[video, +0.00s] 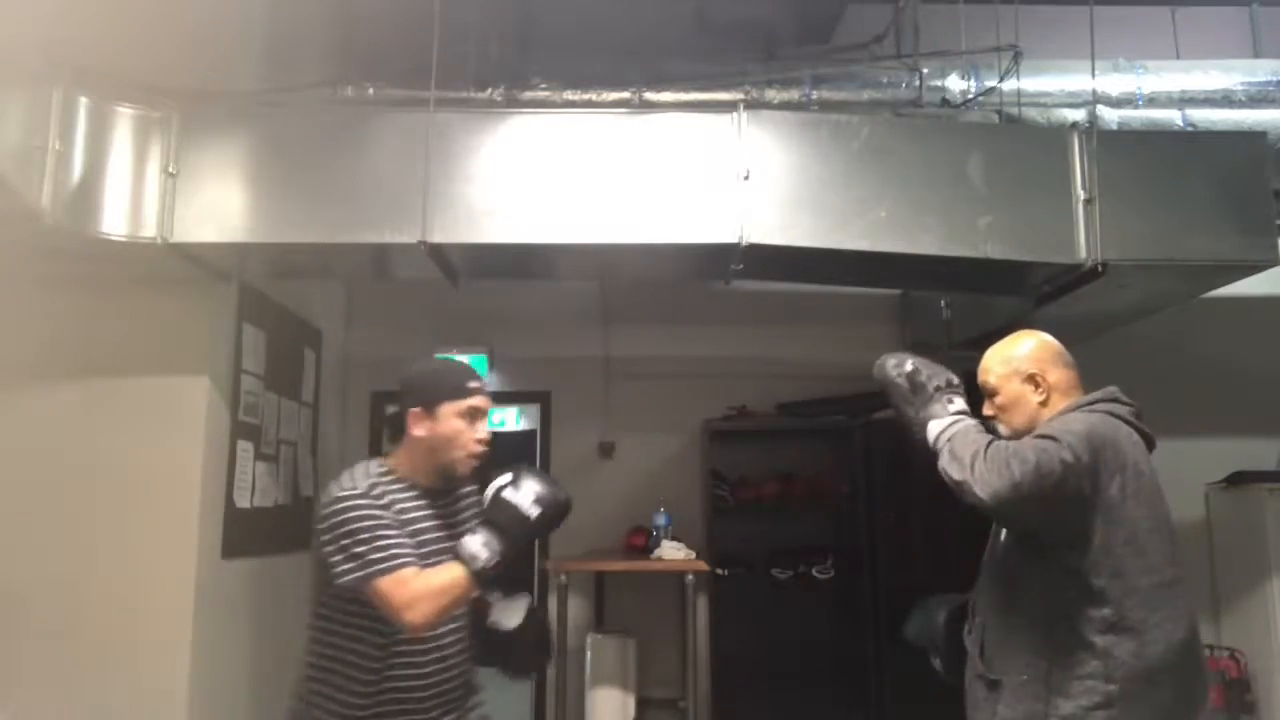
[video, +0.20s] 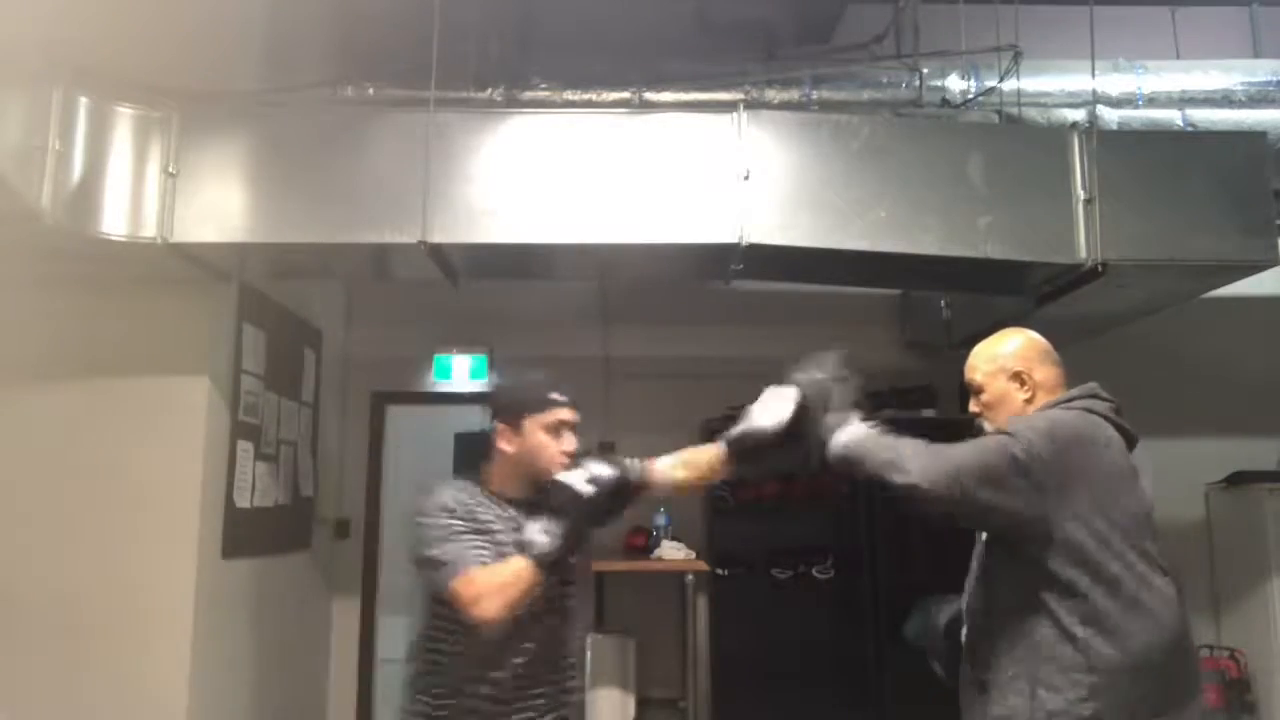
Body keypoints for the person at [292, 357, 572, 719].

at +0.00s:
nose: (486, 435)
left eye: (486, 420)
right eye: (470, 417)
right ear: (419, 422)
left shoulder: (462, 493)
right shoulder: (354, 498)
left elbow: (470, 590)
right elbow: (413, 609)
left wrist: (509, 621)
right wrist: (491, 540)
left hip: (454, 707)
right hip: (365, 711)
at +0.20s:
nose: (572, 446)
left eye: (573, 432)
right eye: (557, 431)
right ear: (506, 437)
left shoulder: (568, 497)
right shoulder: (450, 507)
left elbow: (672, 471)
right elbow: (484, 606)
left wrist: (744, 444)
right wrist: (558, 527)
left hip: (549, 705)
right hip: (460, 708)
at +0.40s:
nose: (616, 462)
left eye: (618, 446)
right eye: (603, 446)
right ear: (553, 445)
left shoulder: (592, 504)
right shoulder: (479, 519)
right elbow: (508, 644)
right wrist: (587, 570)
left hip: (605, 705)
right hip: (505, 710)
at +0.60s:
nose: (584, 460)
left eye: (588, 445)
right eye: (573, 442)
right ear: (523, 436)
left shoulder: (550, 507)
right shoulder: (447, 505)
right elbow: (494, 623)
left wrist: (640, 552)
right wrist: (574, 552)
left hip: (533, 707)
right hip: (450, 709)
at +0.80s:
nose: (550, 437)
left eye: (553, 422)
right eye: (542, 417)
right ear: (495, 406)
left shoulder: (514, 479)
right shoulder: (409, 481)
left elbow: (540, 566)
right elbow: (471, 585)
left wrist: (583, 552)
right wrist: (549, 518)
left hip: (505, 703)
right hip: (421, 709)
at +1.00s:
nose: (547, 431)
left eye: (550, 416)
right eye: (539, 411)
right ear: (492, 401)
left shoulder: (503, 475)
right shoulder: (413, 480)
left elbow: (512, 572)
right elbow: (448, 602)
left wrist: (571, 533)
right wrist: (537, 550)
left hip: (500, 703)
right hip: (418, 709)